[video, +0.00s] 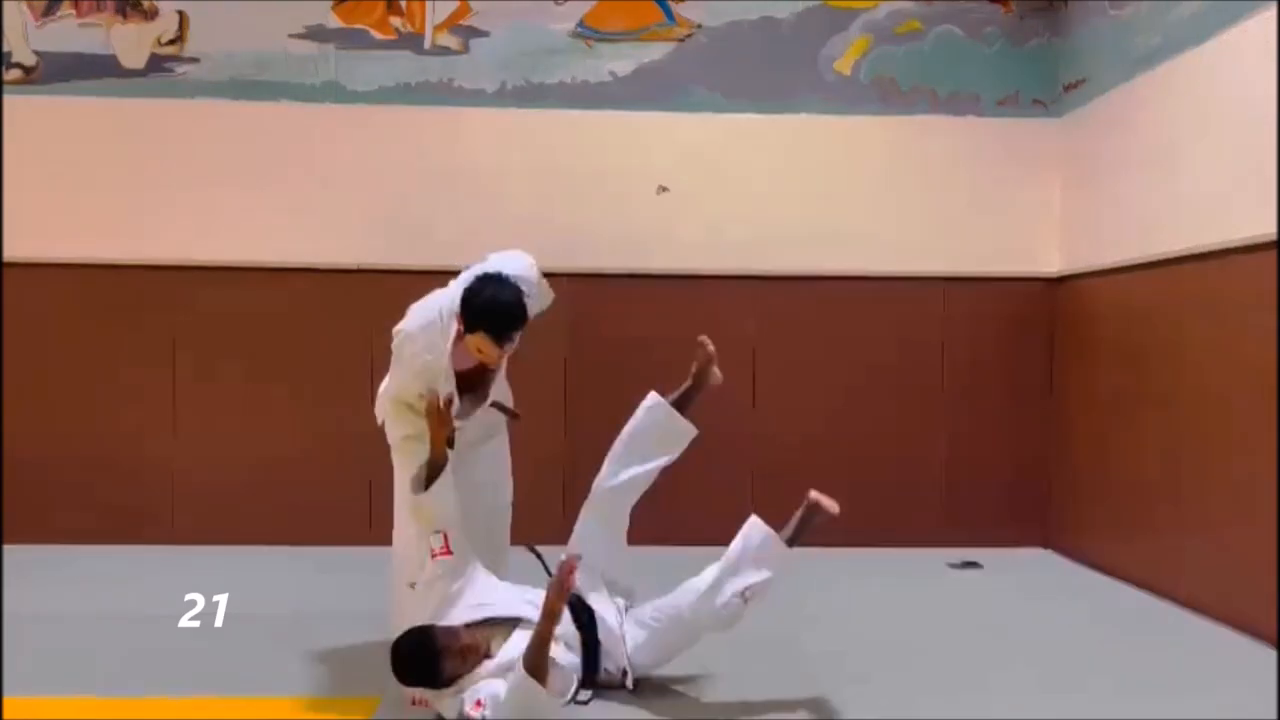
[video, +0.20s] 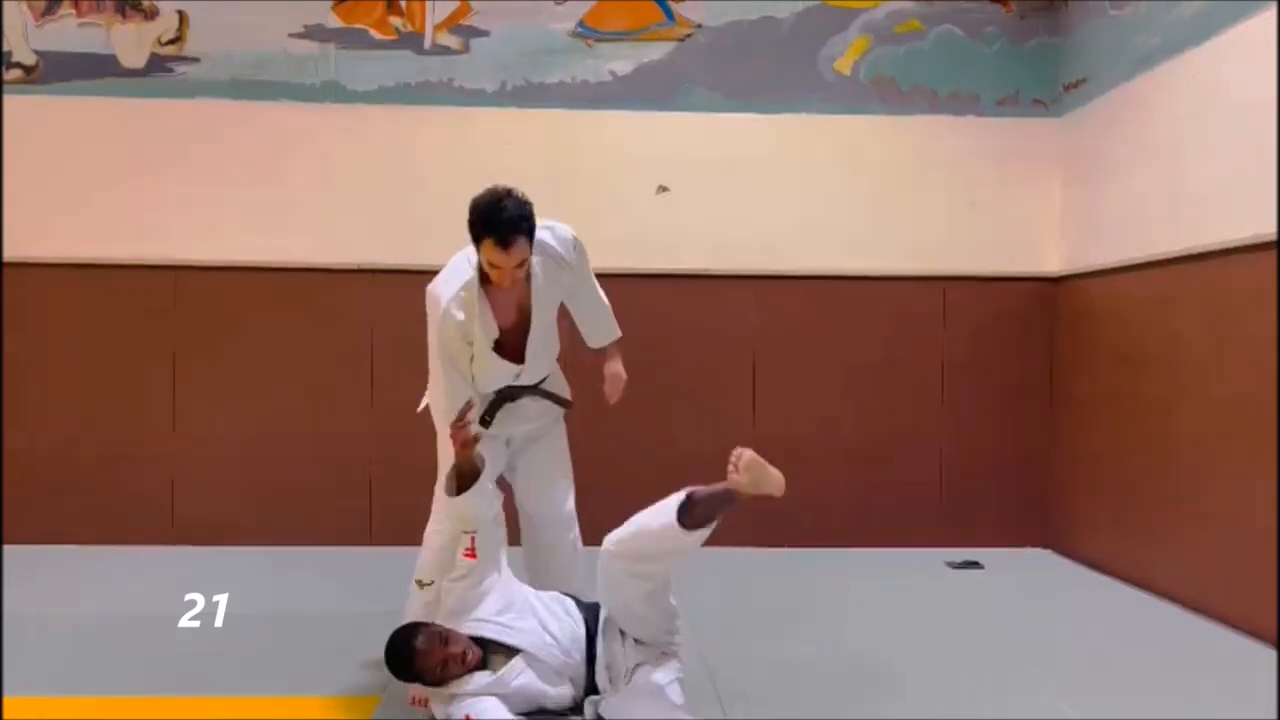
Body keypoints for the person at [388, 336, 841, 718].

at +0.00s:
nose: (471, 642)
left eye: (459, 636)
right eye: (459, 656)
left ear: (448, 625)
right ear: (453, 678)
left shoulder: (469, 597)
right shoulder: (482, 694)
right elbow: (529, 679)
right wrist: (551, 613)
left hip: (588, 591)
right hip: (622, 649)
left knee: (607, 494)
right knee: (711, 595)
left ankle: (693, 389)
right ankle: (800, 522)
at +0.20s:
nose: (458, 655)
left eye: (447, 643)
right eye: (444, 665)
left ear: (443, 624)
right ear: (435, 683)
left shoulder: (475, 593)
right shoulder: (470, 700)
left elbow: (466, 521)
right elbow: (491, 717)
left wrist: (464, 459)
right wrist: (449, 708)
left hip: (620, 619)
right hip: (619, 682)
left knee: (624, 548)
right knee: (647, 710)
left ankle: (738, 488)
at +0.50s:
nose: (441, 650)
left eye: (432, 639)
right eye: (430, 662)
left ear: (436, 622)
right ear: (428, 678)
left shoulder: (473, 595)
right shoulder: (465, 697)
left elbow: (483, 519)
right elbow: (496, 719)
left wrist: (470, 440)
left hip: (616, 617)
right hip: (620, 679)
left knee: (594, 527)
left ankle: (705, 442)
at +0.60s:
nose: (438, 642)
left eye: (427, 633)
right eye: (425, 655)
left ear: (432, 620)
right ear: (424, 674)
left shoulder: (472, 599)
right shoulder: (459, 696)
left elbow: (483, 528)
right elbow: (506, 719)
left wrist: (482, 443)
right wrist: (571, 718)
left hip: (610, 617)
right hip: (616, 682)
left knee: (592, 506)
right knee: (654, 713)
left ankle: (706, 417)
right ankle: (785, 663)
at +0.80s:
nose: (631, 229)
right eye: (631, 223)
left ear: (581, 217)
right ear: (626, 219)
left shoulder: (551, 256)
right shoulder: (647, 253)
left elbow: (543, 318)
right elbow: (695, 296)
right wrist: (647, 275)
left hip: (567, 390)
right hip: (628, 391)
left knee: (540, 504)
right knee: (661, 505)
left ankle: (516, 625)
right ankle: (683, 628)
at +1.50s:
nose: (622, 232)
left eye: (607, 225)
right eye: (626, 227)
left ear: (588, 227)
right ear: (629, 228)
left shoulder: (559, 263)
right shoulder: (651, 254)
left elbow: (546, 341)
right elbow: (701, 292)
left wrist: (548, 368)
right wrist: (675, 316)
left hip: (569, 390)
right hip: (629, 390)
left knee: (542, 508)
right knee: (666, 508)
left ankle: (517, 626)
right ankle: (686, 630)